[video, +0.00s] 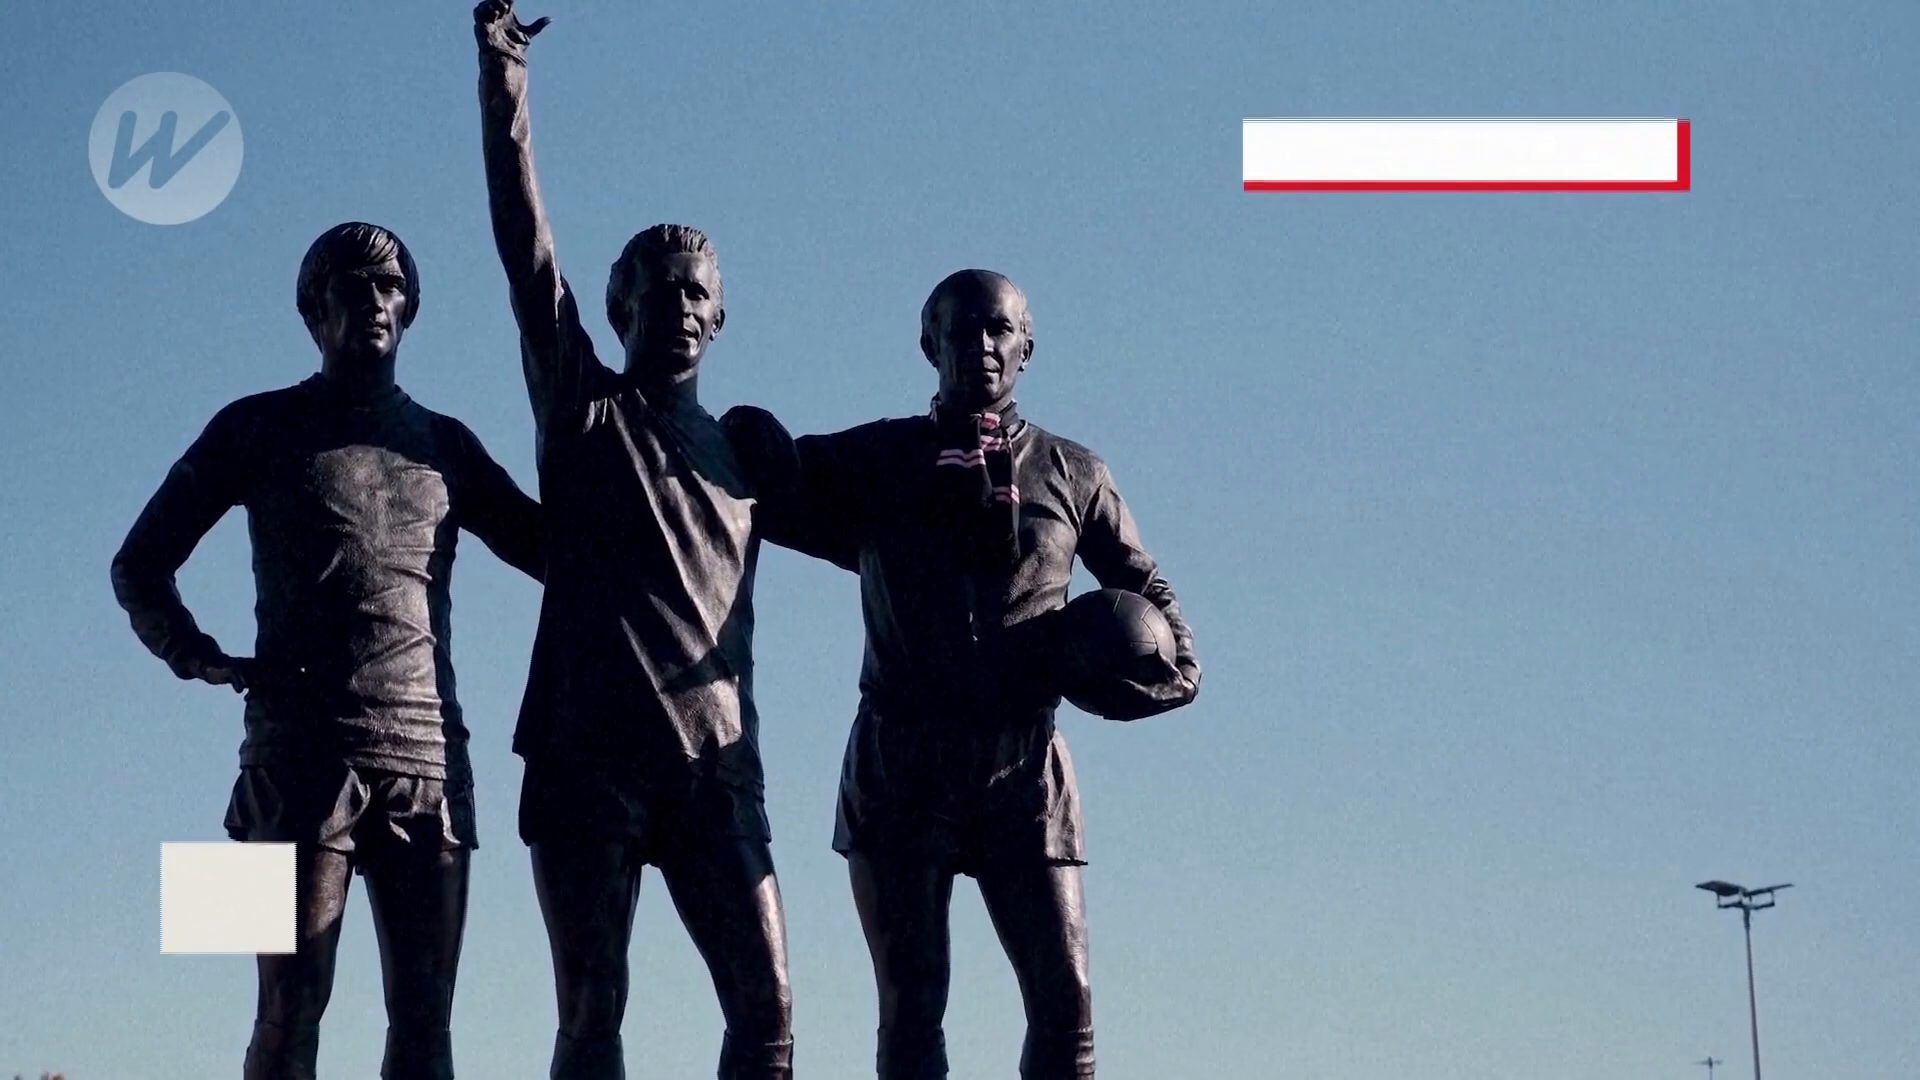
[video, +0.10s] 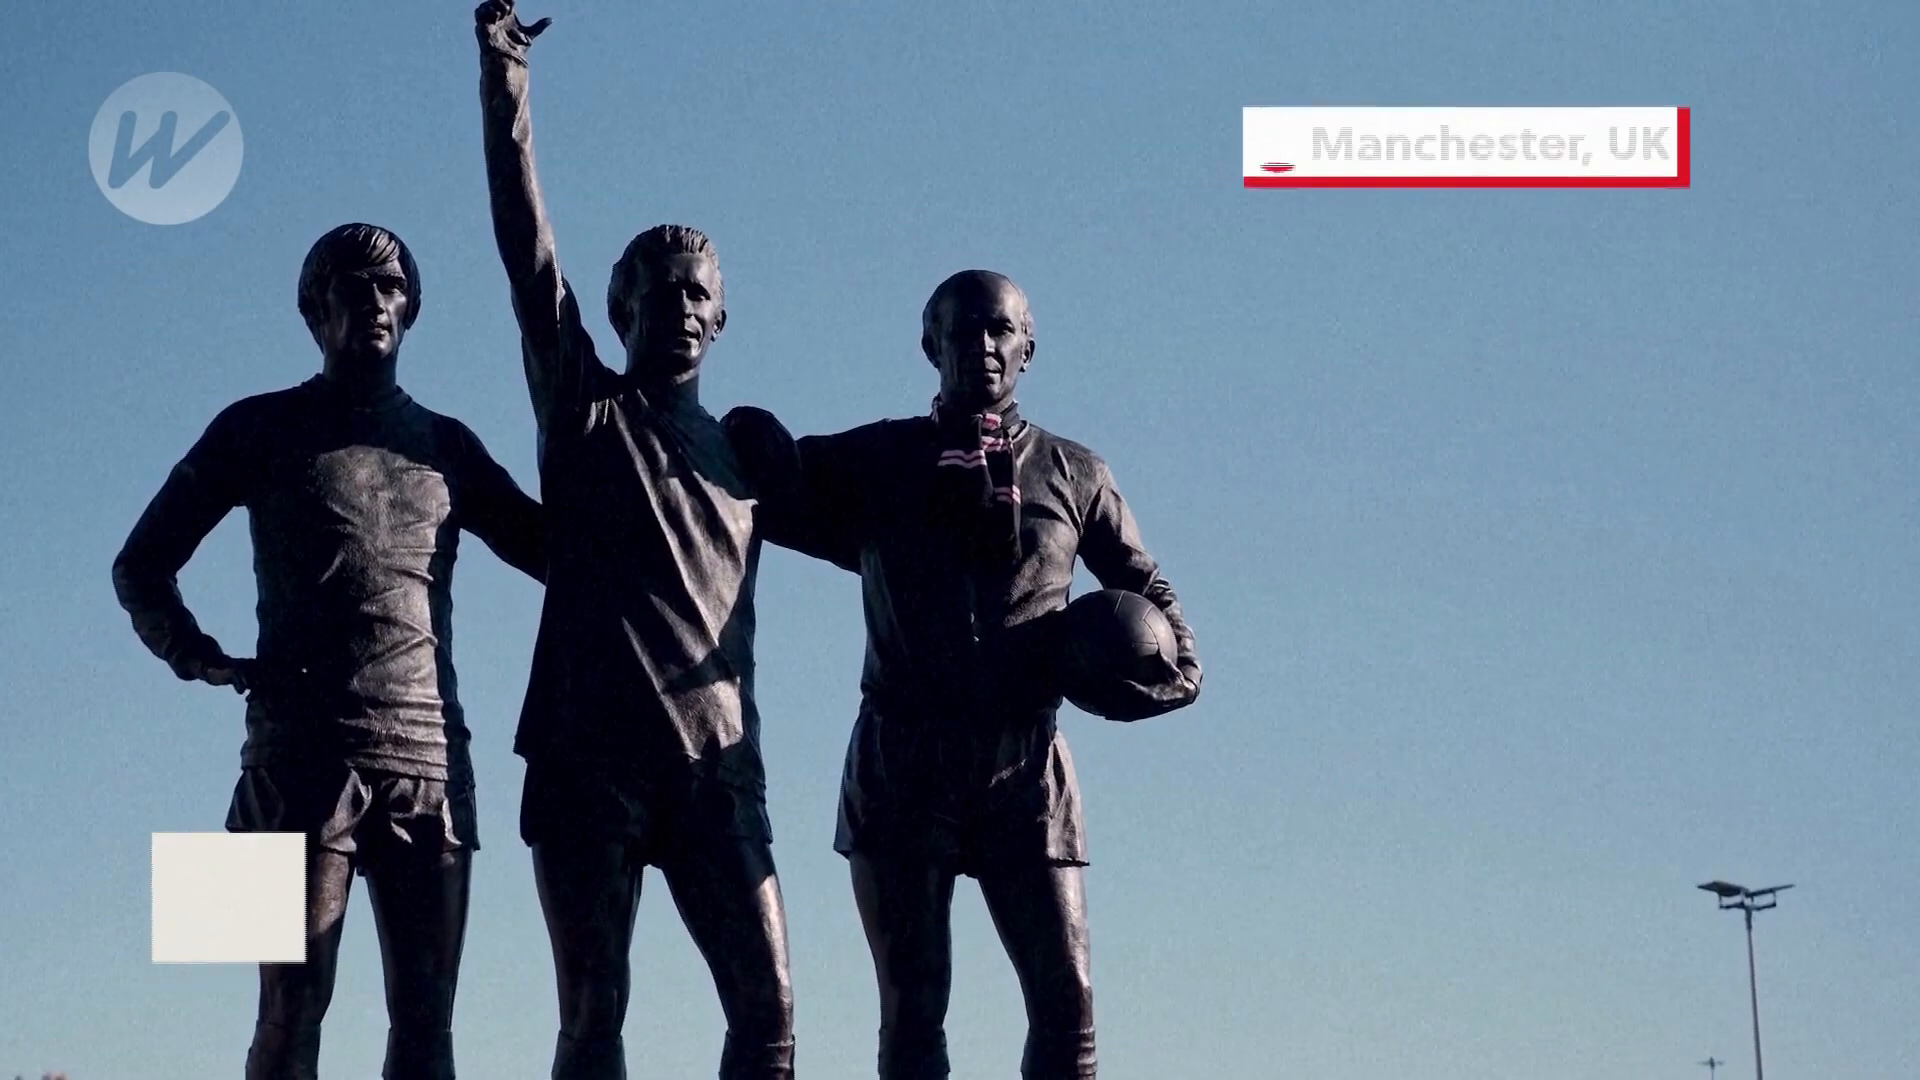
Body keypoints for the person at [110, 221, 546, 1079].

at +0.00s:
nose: (375, 301)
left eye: (389, 287)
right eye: (352, 286)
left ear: (410, 307)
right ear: (313, 305)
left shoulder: (447, 444)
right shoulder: (254, 429)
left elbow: (546, 547)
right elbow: (138, 569)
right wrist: (199, 657)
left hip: (426, 757)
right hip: (303, 751)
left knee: (426, 1013)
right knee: (293, 1009)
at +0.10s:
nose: (376, 301)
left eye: (390, 287)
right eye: (353, 285)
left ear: (412, 308)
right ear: (314, 305)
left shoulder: (448, 446)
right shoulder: (255, 429)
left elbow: (548, 547)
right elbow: (141, 568)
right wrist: (196, 656)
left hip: (427, 759)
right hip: (303, 752)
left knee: (427, 1014)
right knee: (294, 1009)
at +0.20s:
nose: (377, 302)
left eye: (392, 288)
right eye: (355, 286)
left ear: (414, 310)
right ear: (315, 307)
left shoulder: (450, 447)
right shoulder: (257, 430)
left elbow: (551, 549)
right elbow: (142, 570)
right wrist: (198, 657)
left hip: (429, 759)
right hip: (306, 752)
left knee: (429, 1015)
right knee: (296, 1012)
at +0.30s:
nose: (378, 303)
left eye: (393, 288)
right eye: (355, 287)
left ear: (414, 310)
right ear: (315, 307)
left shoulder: (451, 447)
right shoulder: (258, 431)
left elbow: (553, 551)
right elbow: (143, 571)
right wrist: (200, 657)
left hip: (430, 761)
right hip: (307, 754)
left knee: (429, 1019)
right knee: (297, 1013)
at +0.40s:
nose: (377, 301)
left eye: (392, 288)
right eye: (355, 287)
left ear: (414, 310)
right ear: (315, 307)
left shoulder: (450, 447)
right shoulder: (258, 432)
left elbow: (551, 550)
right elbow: (142, 570)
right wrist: (199, 658)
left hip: (430, 761)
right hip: (307, 755)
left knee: (429, 1018)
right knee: (297, 1012)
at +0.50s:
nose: (376, 304)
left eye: (391, 289)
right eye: (354, 289)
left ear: (414, 311)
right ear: (314, 308)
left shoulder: (450, 449)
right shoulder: (258, 433)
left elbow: (552, 554)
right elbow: (142, 571)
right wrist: (200, 660)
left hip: (430, 764)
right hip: (306, 758)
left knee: (428, 1020)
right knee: (296, 1013)